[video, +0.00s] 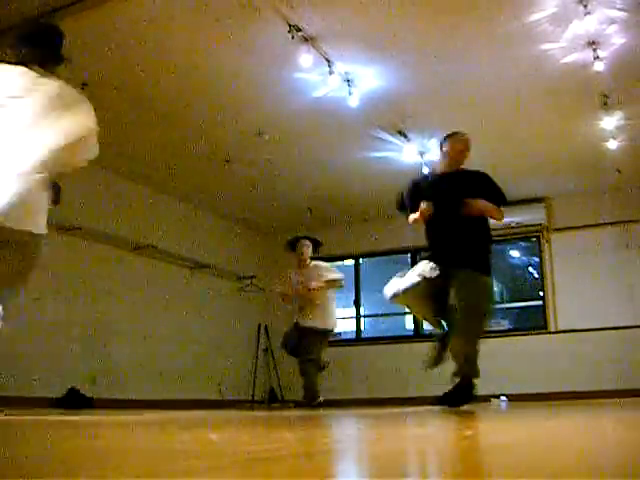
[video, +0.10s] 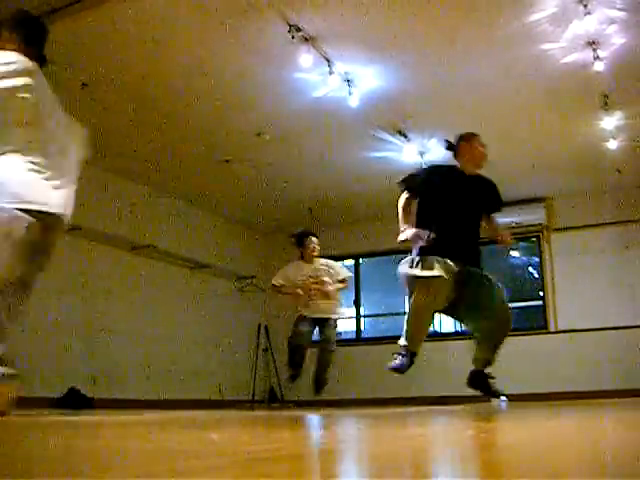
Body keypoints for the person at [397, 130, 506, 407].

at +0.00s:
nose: (464, 156)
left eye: (466, 151)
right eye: (460, 150)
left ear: (467, 154)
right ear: (444, 149)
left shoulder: (478, 180)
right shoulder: (424, 184)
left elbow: (499, 215)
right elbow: (409, 219)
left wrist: (483, 207)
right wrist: (418, 216)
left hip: (473, 260)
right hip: (438, 260)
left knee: (465, 322)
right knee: (407, 293)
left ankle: (465, 382)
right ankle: (443, 330)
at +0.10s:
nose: (485, 152)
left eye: (484, 147)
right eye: (479, 146)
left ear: (475, 152)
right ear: (463, 149)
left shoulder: (484, 187)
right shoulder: (434, 175)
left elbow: (486, 221)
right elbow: (406, 199)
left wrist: (498, 234)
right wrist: (405, 228)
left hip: (468, 271)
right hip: (429, 263)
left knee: (498, 315)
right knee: (435, 280)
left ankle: (479, 373)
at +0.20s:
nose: (501, 173)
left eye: (498, 167)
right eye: (495, 167)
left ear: (486, 173)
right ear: (481, 171)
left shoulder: (484, 208)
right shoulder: (462, 191)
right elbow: (425, 206)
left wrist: (473, 289)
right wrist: (394, 236)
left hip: (463, 279)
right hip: (435, 267)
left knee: (497, 329)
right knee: (453, 289)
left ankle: (483, 388)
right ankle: (422, 364)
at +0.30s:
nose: (512, 203)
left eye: (511, 198)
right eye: (508, 198)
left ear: (496, 202)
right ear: (495, 202)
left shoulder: (486, 227)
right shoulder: (474, 217)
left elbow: (447, 225)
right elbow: (438, 222)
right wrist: (400, 230)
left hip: (464, 293)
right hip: (443, 291)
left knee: (495, 339)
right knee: (465, 331)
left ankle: (480, 390)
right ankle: (453, 389)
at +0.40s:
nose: (504, 205)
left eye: (504, 200)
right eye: (500, 199)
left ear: (488, 200)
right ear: (487, 199)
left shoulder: (479, 221)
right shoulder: (471, 210)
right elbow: (446, 204)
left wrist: (440, 235)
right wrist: (419, 203)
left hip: (466, 298)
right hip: (448, 295)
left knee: (500, 339)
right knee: (474, 334)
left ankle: (484, 391)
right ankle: (453, 389)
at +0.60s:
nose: (475, 158)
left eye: (474, 154)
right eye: (470, 154)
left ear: (459, 160)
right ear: (457, 158)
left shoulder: (463, 195)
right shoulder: (444, 179)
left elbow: (499, 213)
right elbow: (473, 164)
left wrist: (538, 222)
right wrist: (502, 158)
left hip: (437, 259)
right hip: (423, 256)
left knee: (462, 317)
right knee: (451, 309)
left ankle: (463, 381)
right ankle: (425, 359)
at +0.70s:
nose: (460, 159)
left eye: (460, 154)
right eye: (452, 154)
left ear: (460, 158)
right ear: (438, 159)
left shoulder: (457, 193)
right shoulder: (429, 181)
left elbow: (491, 208)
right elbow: (468, 178)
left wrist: (516, 199)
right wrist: (511, 161)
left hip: (439, 266)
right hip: (414, 262)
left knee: (453, 331)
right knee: (439, 305)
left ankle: (426, 375)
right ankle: (410, 360)